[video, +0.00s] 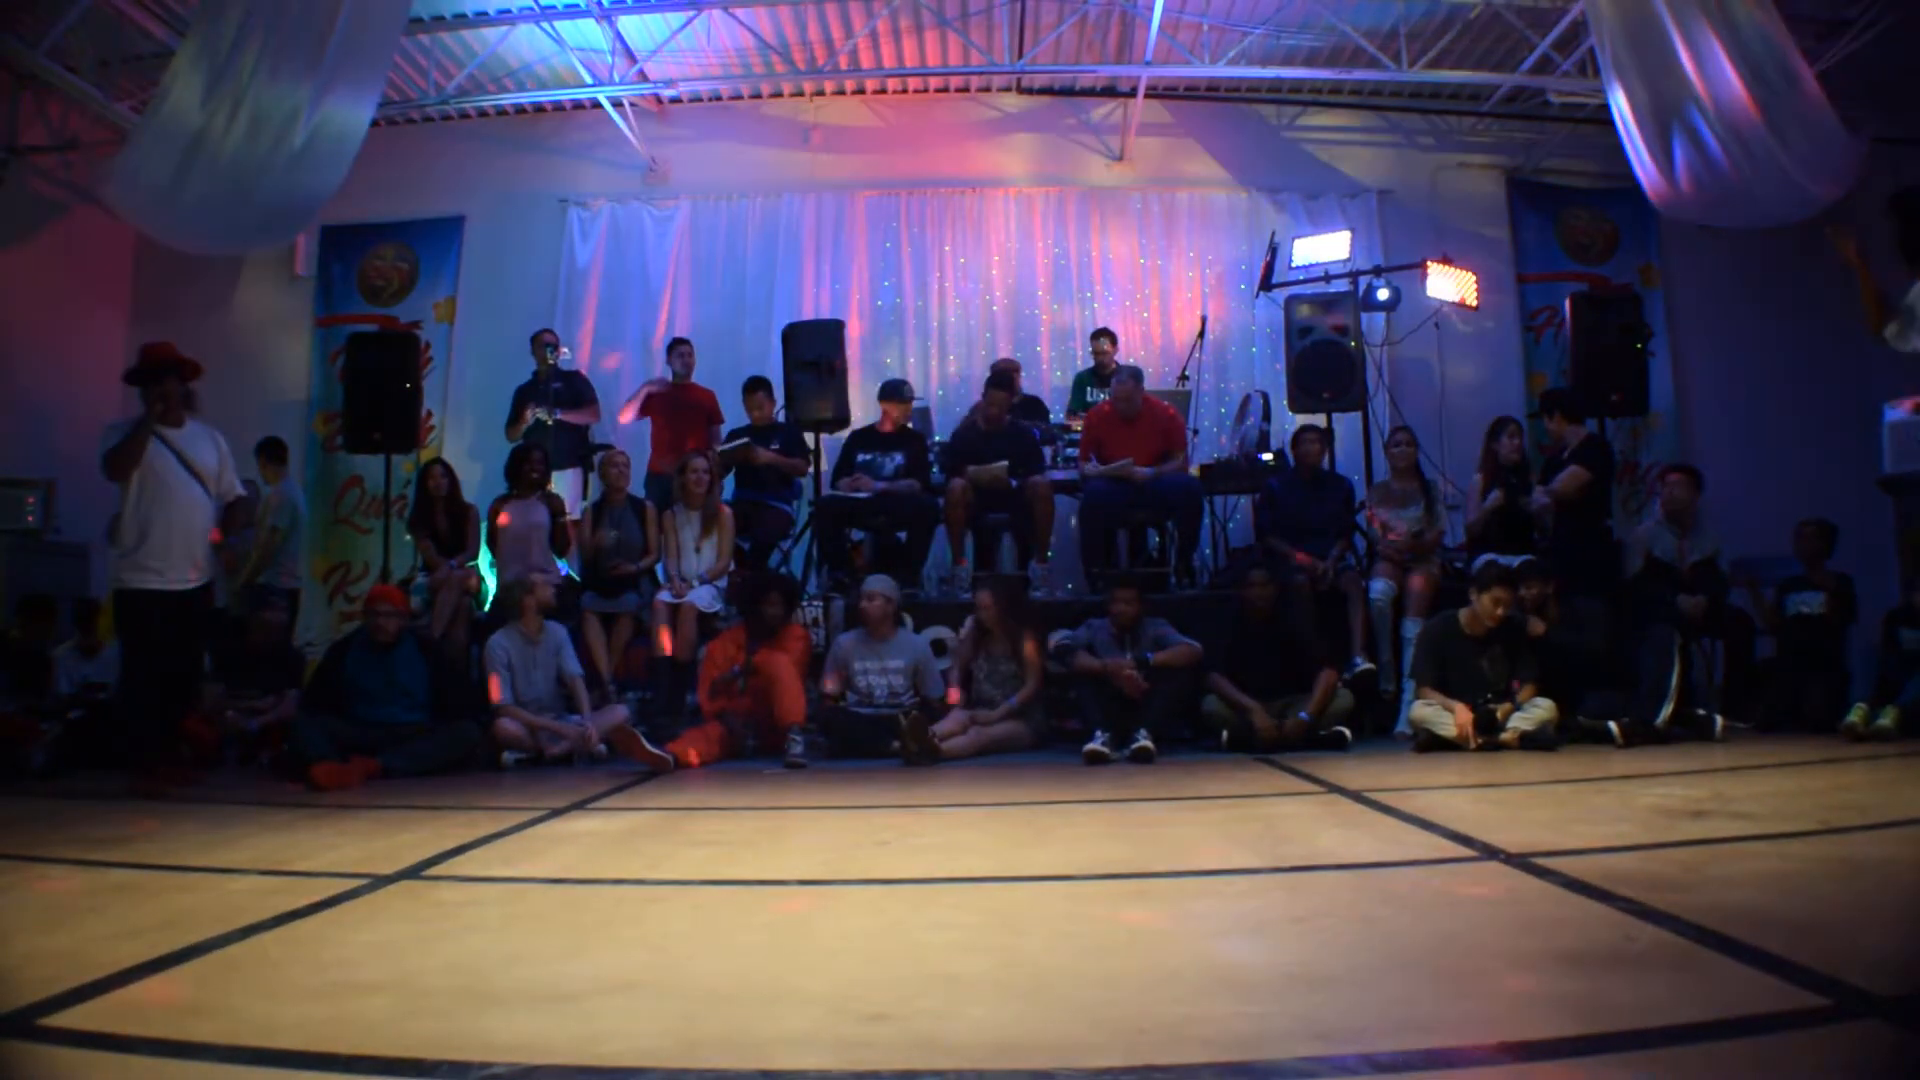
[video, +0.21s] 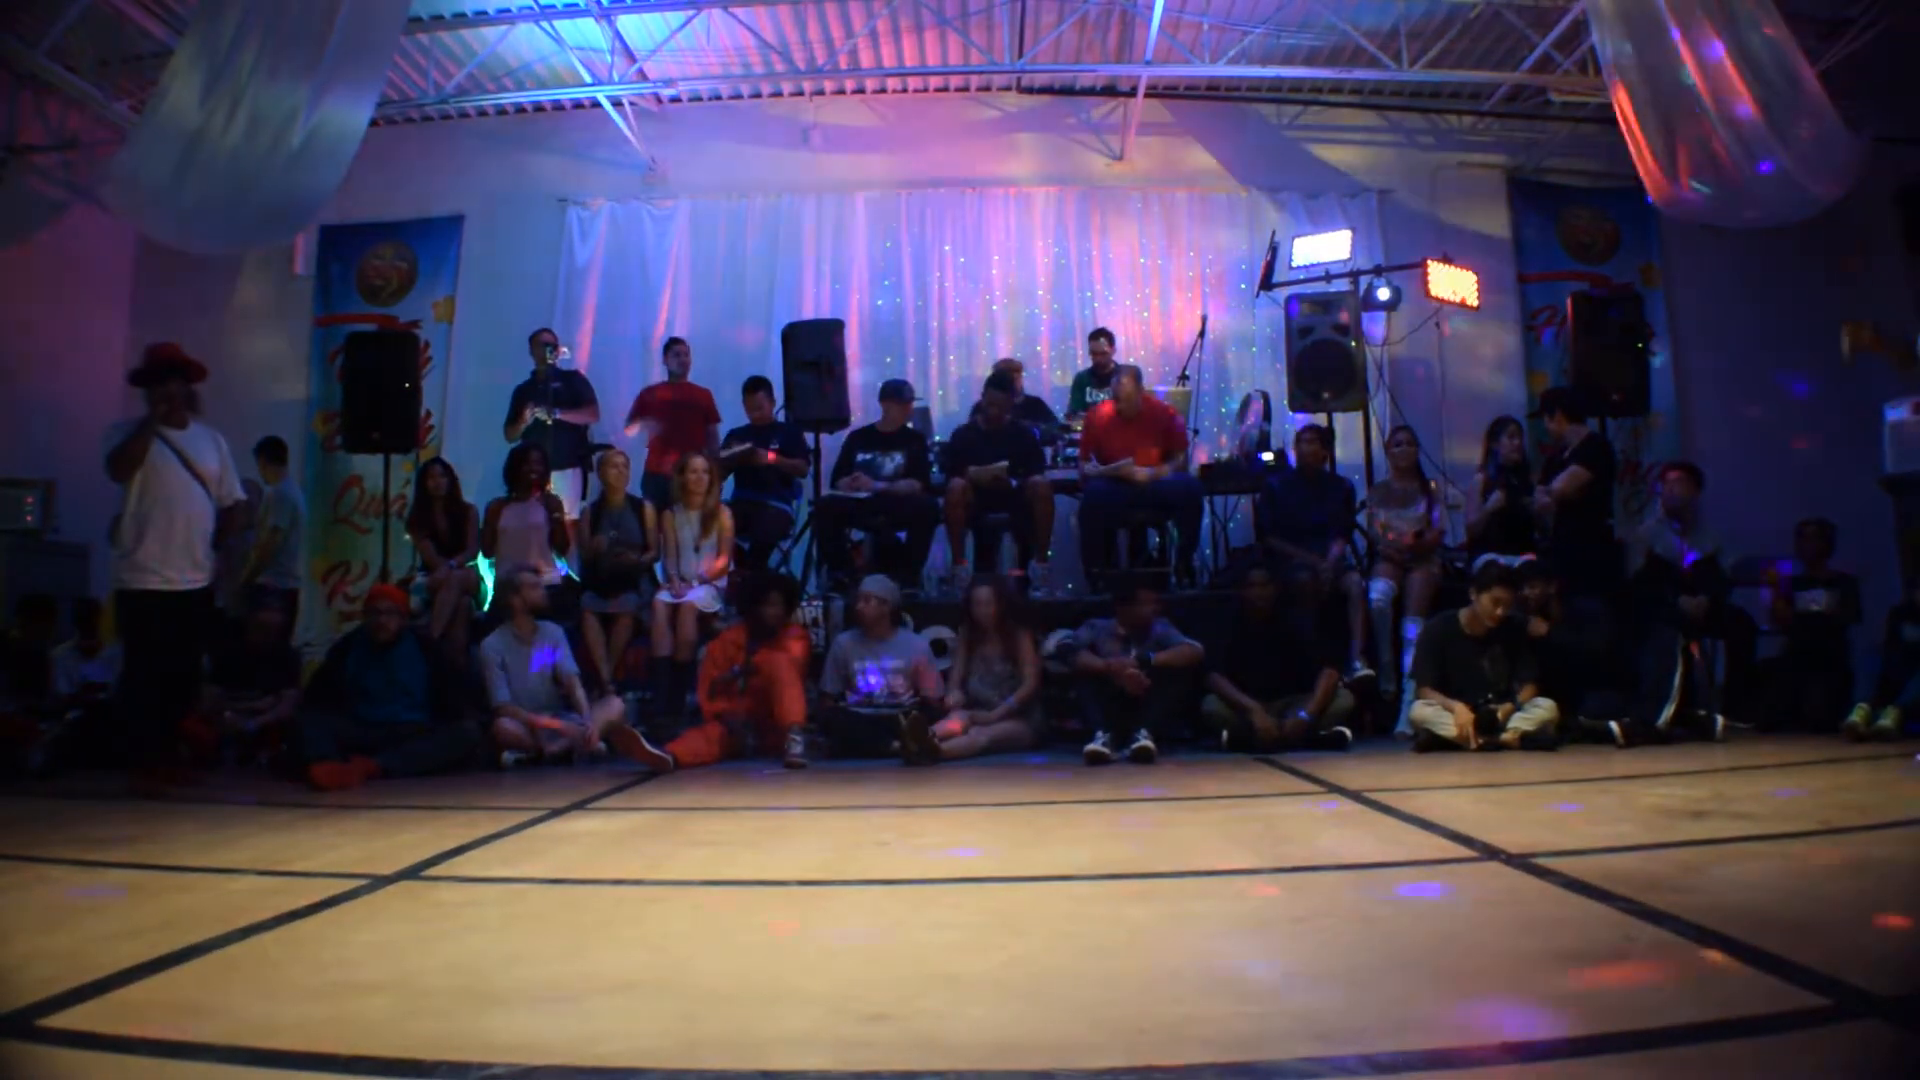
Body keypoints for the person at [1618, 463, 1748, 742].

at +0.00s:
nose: (1669, 494)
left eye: (1677, 488)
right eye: (1666, 488)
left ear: (1694, 496)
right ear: (1660, 494)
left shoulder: (1707, 536)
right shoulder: (1646, 535)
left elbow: (1718, 579)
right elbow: (1640, 582)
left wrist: (1706, 601)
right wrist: (1675, 601)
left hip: (1699, 611)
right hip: (1661, 609)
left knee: (1740, 623)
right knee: (1670, 633)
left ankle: (1736, 706)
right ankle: (1666, 709)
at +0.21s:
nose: (1670, 491)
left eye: (1678, 484)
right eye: (1667, 484)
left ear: (1694, 493)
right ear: (1660, 491)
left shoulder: (1706, 535)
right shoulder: (1648, 534)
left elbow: (1721, 578)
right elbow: (1642, 582)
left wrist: (1707, 599)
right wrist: (1676, 601)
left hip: (1701, 609)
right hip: (1662, 609)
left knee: (1741, 624)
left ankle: (1736, 707)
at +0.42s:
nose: (1666, 489)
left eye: (1674, 483)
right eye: (1662, 483)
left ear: (1690, 490)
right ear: (1657, 490)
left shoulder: (1704, 534)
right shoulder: (1646, 531)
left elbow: (1718, 576)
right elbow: (1639, 578)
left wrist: (1704, 599)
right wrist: (1673, 599)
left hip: (1699, 608)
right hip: (1660, 606)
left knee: (1738, 625)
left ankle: (1727, 708)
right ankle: (1654, 713)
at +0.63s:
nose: (1666, 488)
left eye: (1674, 482)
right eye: (1663, 481)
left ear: (1691, 491)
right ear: (1657, 488)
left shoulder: (1704, 533)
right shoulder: (1645, 529)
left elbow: (1716, 578)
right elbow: (1639, 578)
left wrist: (1704, 600)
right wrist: (1674, 599)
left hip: (1696, 612)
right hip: (1656, 610)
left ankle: (1706, 714)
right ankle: (1661, 716)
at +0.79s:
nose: (1663, 486)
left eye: (1671, 481)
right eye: (1661, 480)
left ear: (1691, 490)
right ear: (1656, 488)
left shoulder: (1706, 534)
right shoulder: (1644, 531)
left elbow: (1719, 579)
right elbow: (1640, 579)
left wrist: (1704, 600)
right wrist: (1674, 599)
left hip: (1699, 613)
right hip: (1658, 611)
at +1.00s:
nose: (1665, 487)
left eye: (1673, 480)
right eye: (1662, 481)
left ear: (1692, 490)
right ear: (1657, 489)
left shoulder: (1707, 533)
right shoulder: (1647, 530)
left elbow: (1719, 577)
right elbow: (1639, 580)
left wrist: (1705, 599)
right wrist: (1671, 600)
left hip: (1700, 609)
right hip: (1661, 609)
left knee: (1739, 624)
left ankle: (1727, 709)